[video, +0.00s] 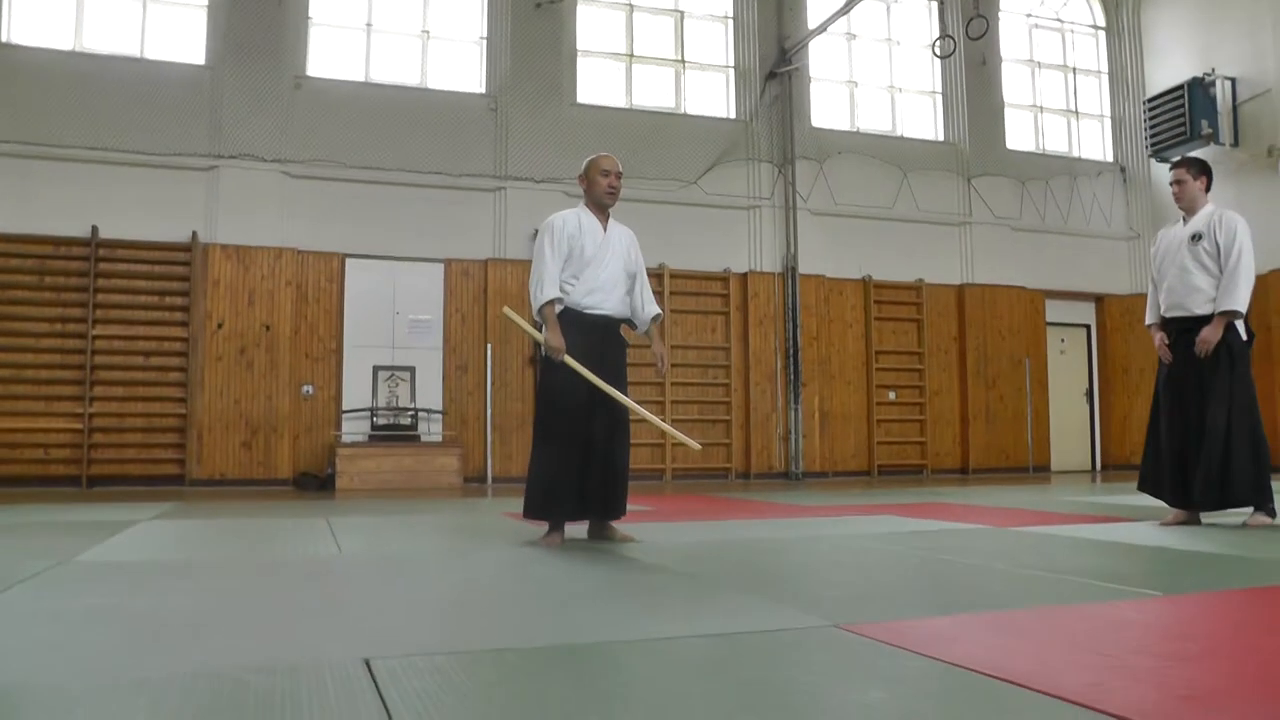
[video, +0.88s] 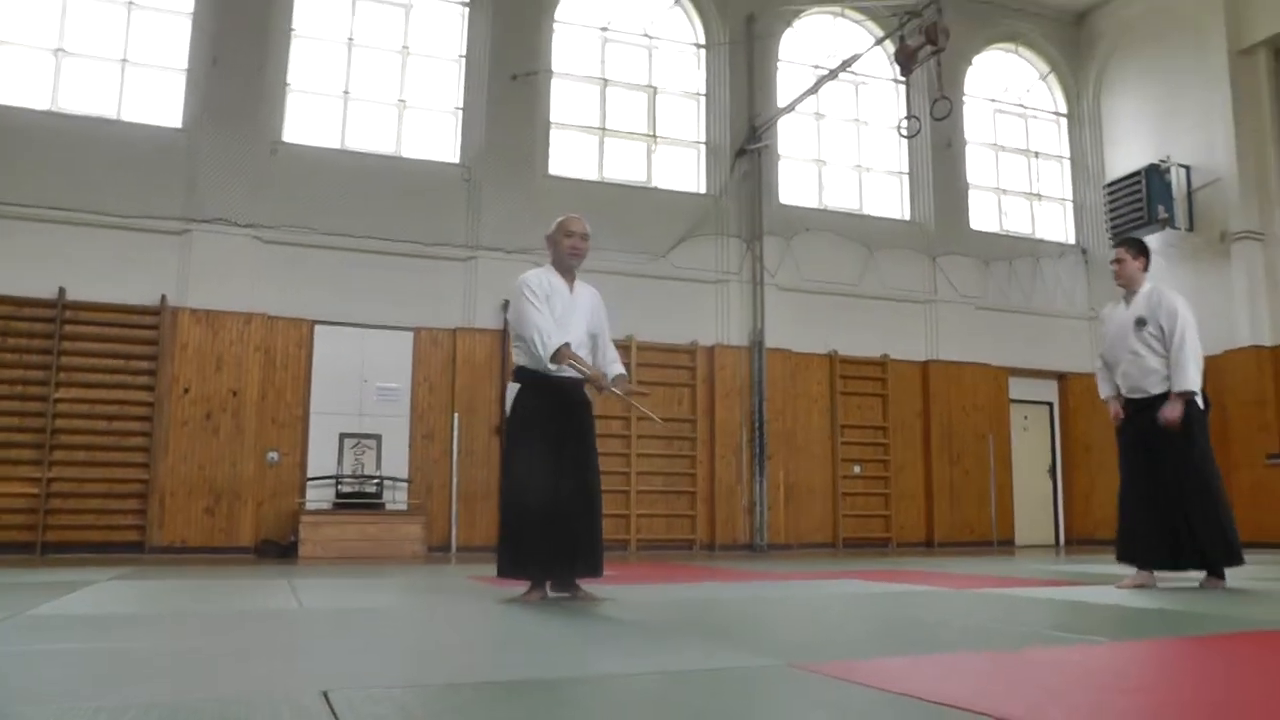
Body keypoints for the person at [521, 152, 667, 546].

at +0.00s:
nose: (614, 182)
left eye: (618, 177)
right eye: (605, 175)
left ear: (621, 186)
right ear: (584, 181)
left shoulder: (626, 236)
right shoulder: (561, 223)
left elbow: (641, 293)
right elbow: (545, 278)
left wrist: (656, 339)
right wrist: (552, 327)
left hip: (610, 337)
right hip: (569, 333)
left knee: (609, 426)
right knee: (562, 425)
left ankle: (600, 522)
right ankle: (556, 526)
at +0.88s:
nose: (578, 244)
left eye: (584, 238)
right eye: (570, 236)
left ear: (589, 247)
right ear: (551, 243)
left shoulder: (591, 297)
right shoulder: (531, 283)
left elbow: (605, 348)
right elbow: (534, 331)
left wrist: (616, 375)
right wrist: (569, 360)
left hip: (574, 398)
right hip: (536, 396)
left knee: (574, 485)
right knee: (534, 484)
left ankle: (567, 579)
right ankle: (537, 581)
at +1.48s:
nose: (518, 264)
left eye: (527, 257)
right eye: (512, 255)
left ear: (540, 261)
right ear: (500, 256)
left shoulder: (555, 304)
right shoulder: (475, 290)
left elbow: (591, 338)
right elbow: (469, 320)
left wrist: (614, 362)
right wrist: (501, 336)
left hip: (540, 410)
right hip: (493, 410)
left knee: (556, 492)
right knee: (498, 498)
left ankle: (568, 574)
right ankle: (511, 590)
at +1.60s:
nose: (502, 262)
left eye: (510, 255)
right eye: (496, 254)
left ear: (525, 257)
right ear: (486, 254)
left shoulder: (541, 299)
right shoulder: (466, 289)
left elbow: (579, 353)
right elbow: (431, 309)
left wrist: (553, 357)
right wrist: (438, 319)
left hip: (525, 405)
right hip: (481, 405)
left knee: (529, 490)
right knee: (480, 494)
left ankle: (554, 571)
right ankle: (503, 589)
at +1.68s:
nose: (489, 259)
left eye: (498, 252)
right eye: (483, 251)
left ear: (515, 254)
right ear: (475, 253)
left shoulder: (529, 294)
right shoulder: (462, 289)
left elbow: (534, 344)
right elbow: (418, 299)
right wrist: (389, 299)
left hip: (515, 402)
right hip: (477, 403)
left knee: (515, 483)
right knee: (473, 490)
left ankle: (535, 564)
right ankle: (498, 582)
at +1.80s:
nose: (466, 255)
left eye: (474, 247)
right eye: (460, 248)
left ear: (495, 248)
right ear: (455, 249)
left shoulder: (505, 289)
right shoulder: (458, 283)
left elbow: (465, 326)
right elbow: (408, 288)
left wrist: (415, 325)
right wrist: (354, 280)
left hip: (498, 400)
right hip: (468, 399)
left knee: (467, 489)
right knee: (461, 489)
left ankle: (453, 582)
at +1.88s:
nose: (450, 247)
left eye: (458, 239)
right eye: (445, 240)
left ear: (481, 239)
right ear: (441, 242)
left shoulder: (487, 282)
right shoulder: (454, 275)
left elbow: (433, 313)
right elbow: (407, 278)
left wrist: (368, 314)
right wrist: (356, 266)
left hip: (486, 394)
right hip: (465, 392)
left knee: (454, 486)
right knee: (465, 487)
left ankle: (439, 585)